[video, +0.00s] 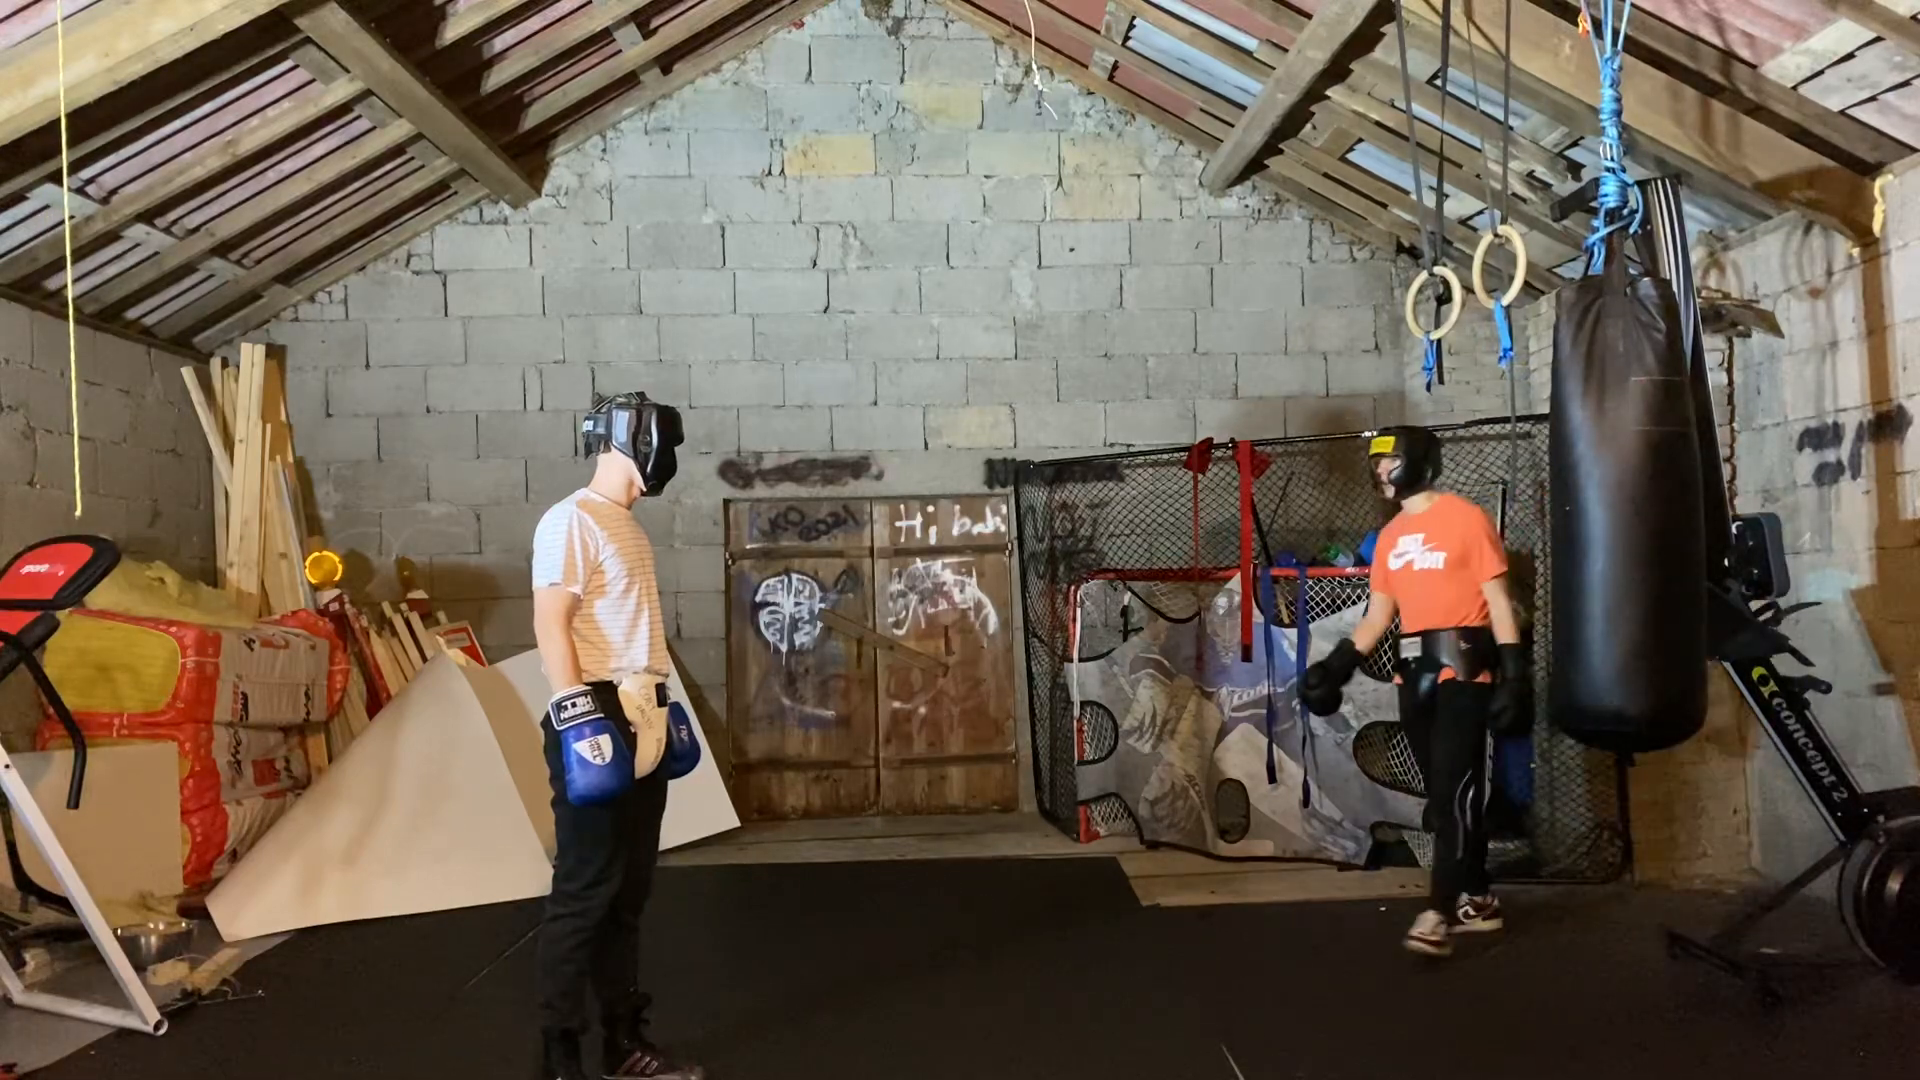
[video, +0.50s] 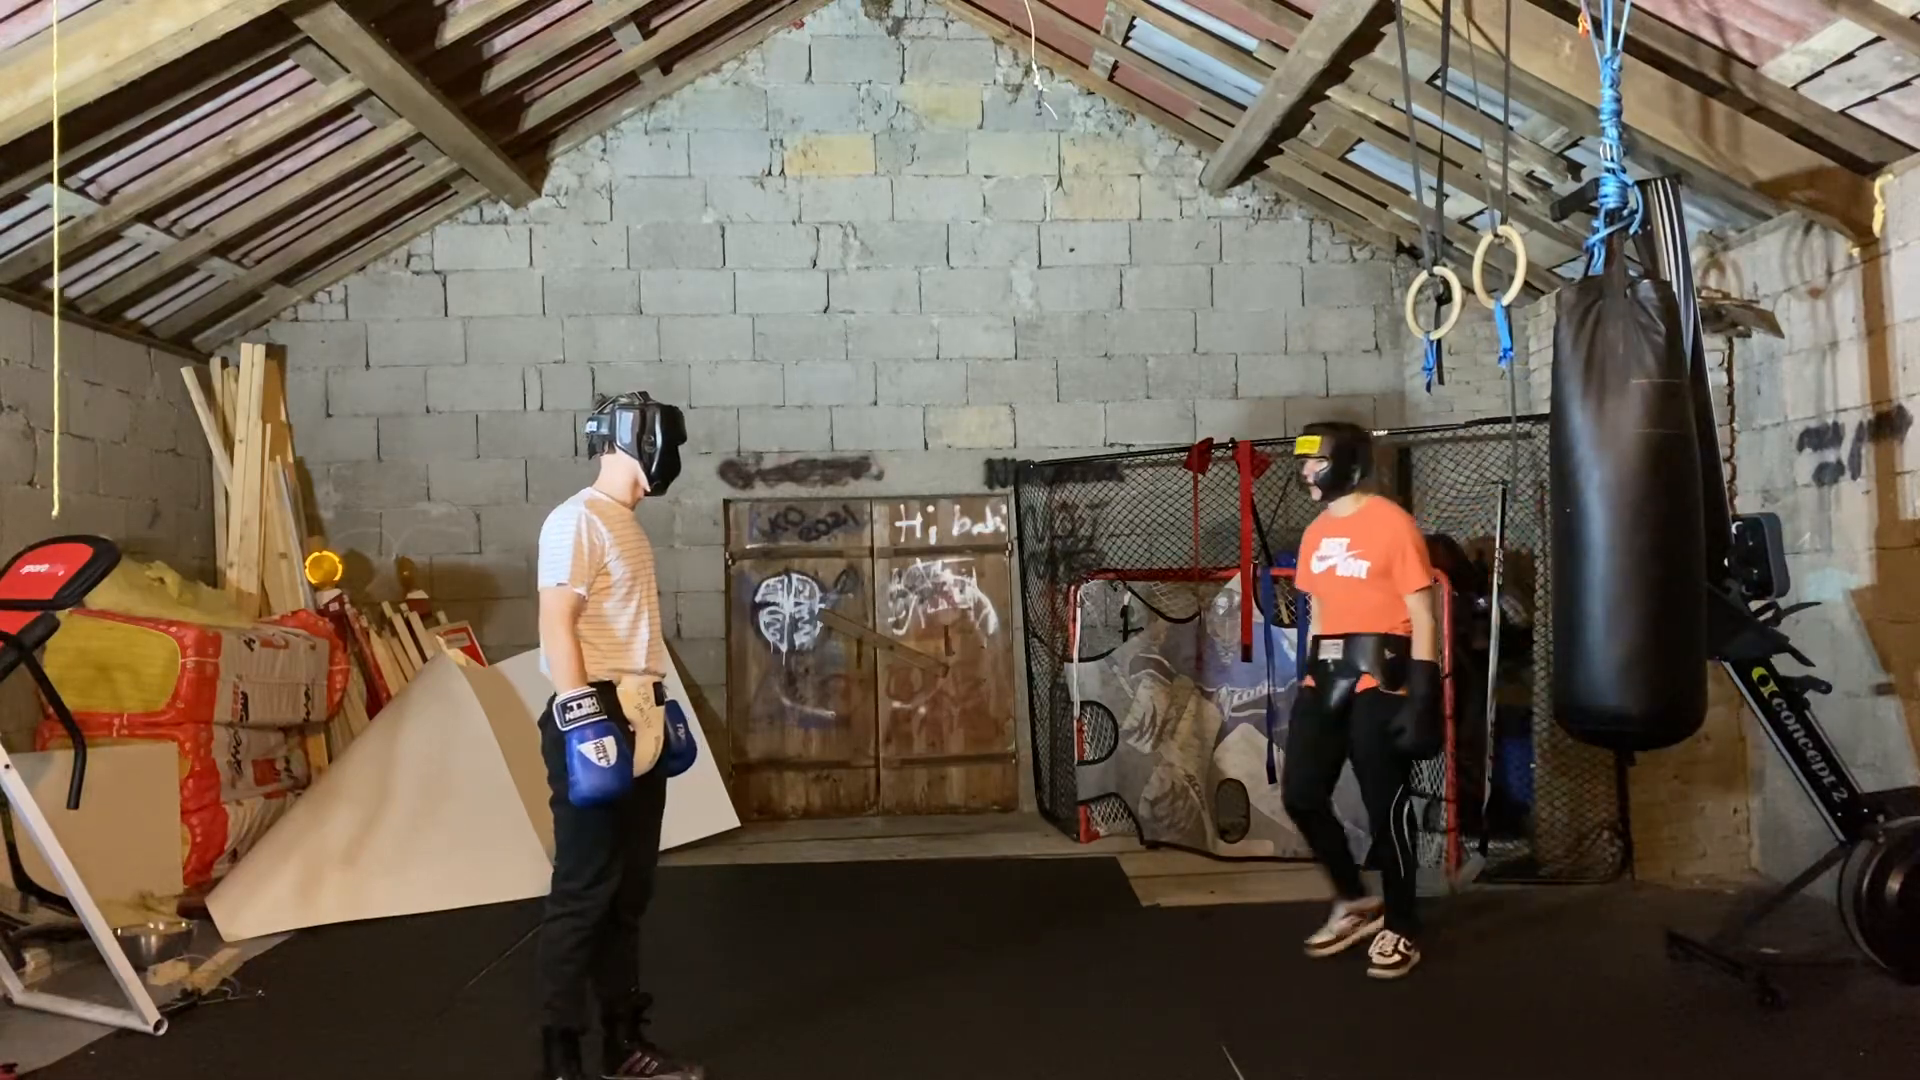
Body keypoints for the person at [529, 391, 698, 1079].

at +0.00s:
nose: (664, 466)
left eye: (665, 452)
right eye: (657, 451)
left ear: (630, 448)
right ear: (624, 445)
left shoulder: (631, 530)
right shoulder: (567, 521)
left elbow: (642, 626)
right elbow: (550, 623)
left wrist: (667, 704)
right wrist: (581, 719)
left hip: (643, 716)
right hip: (592, 720)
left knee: (627, 891)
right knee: (583, 893)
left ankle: (622, 1046)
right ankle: (561, 1058)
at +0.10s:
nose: (659, 469)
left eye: (662, 456)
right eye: (652, 454)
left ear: (635, 452)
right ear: (619, 446)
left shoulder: (632, 531)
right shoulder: (567, 521)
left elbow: (643, 627)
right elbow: (550, 624)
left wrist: (667, 704)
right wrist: (583, 718)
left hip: (643, 716)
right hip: (592, 719)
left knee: (627, 892)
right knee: (582, 894)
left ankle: (623, 1046)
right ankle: (561, 1059)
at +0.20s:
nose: (661, 468)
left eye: (664, 454)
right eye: (653, 452)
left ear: (636, 452)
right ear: (619, 445)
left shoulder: (632, 532)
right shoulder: (567, 521)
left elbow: (644, 627)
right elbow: (551, 624)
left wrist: (667, 703)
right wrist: (583, 718)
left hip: (643, 716)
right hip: (592, 719)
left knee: (628, 892)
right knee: (583, 894)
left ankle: (623, 1046)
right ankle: (561, 1059)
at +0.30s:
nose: (659, 469)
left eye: (661, 455)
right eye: (651, 453)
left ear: (635, 453)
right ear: (617, 446)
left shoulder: (630, 531)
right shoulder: (568, 521)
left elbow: (642, 627)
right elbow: (551, 624)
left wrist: (667, 705)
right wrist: (584, 719)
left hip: (643, 716)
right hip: (593, 719)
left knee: (627, 892)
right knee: (582, 895)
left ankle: (623, 1048)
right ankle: (561, 1060)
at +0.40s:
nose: (664, 465)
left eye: (665, 451)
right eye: (656, 450)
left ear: (629, 449)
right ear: (622, 445)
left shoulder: (629, 530)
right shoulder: (570, 521)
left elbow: (641, 627)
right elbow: (552, 624)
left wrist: (667, 704)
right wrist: (584, 720)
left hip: (642, 715)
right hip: (593, 718)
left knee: (628, 892)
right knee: (583, 893)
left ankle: (623, 1048)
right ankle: (560, 1060)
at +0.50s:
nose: (666, 468)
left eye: (668, 454)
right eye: (659, 452)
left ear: (634, 452)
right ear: (625, 446)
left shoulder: (628, 529)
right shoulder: (574, 520)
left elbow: (638, 625)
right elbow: (556, 623)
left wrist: (663, 705)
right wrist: (585, 718)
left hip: (639, 715)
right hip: (592, 718)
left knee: (628, 891)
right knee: (582, 893)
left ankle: (624, 1047)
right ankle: (562, 1060)